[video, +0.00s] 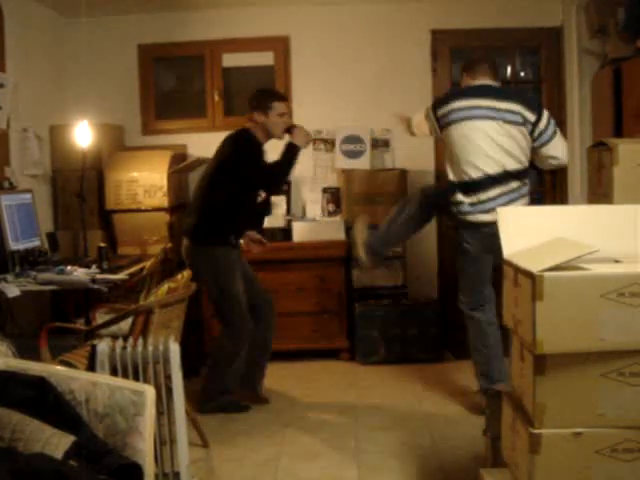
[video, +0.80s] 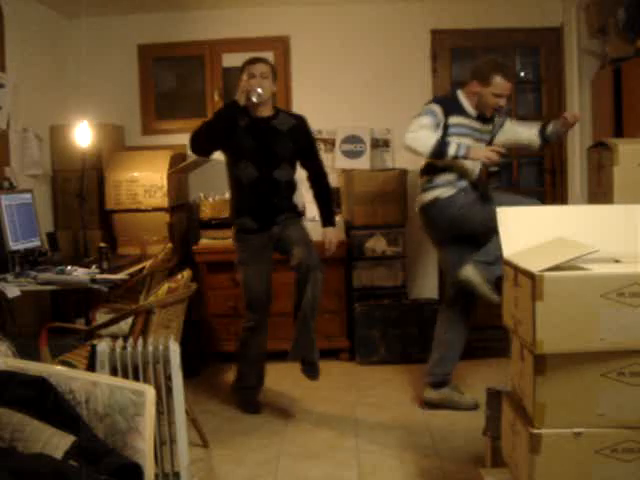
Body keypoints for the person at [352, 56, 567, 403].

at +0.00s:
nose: (463, 85)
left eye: (463, 79)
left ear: (463, 79)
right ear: (497, 78)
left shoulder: (449, 104)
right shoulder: (525, 105)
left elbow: (418, 128)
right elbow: (558, 156)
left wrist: (406, 120)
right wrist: (522, 150)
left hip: (475, 221)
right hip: (518, 215)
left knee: (478, 305)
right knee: (428, 197)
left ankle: (495, 389)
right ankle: (374, 248)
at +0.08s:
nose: (463, 97)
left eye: (462, 91)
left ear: (464, 90)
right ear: (496, 87)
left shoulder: (449, 117)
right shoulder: (525, 112)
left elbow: (443, 154)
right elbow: (562, 158)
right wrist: (528, 151)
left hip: (480, 230)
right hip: (524, 226)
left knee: (479, 310)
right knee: (443, 200)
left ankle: (499, 393)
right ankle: (381, 232)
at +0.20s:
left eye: (465, 100)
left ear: (466, 98)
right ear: (502, 98)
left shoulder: (444, 125)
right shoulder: (517, 121)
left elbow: (446, 167)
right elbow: (557, 166)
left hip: (467, 239)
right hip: (513, 233)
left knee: (471, 313)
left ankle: (498, 387)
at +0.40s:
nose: (502, 90)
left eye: (503, 86)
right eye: (504, 86)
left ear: (471, 72)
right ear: (499, 79)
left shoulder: (441, 102)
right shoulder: (496, 105)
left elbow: (443, 150)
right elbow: (529, 153)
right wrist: (508, 146)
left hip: (460, 216)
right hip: (499, 212)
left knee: (476, 298)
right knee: (514, 292)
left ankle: (491, 381)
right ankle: (523, 369)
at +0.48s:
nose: (496, 104)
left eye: (498, 100)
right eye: (498, 99)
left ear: (471, 86)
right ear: (490, 92)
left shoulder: (441, 115)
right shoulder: (479, 118)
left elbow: (477, 120)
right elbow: (501, 152)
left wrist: (515, 100)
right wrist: (521, 156)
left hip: (456, 226)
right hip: (490, 220)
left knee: (478, 306)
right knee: (523, 294)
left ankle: (476, 392)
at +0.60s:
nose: (506, 108)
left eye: (508, 103)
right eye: (505, 101)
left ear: (486, 94)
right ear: (489, 92)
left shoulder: (470, 115)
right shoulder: (459, 112)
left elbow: (513, 116)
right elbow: (457, 147)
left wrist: (553, 98)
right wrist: (503, 155)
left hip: (455, 217)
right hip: (468, 212)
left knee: (474, 304)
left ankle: (477, 394)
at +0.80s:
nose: (502, 104)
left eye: (506, 98)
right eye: (498, 96)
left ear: (503, 95)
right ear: (475, 88)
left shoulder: (492, 122)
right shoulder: (442, 109)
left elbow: (528, 134)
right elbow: (415, 140)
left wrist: (557, 127)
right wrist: (467, 152)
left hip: (467, 204)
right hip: (442, 203)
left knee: (459, 290)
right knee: (529, 214)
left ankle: (437, 383)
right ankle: (483, 268)